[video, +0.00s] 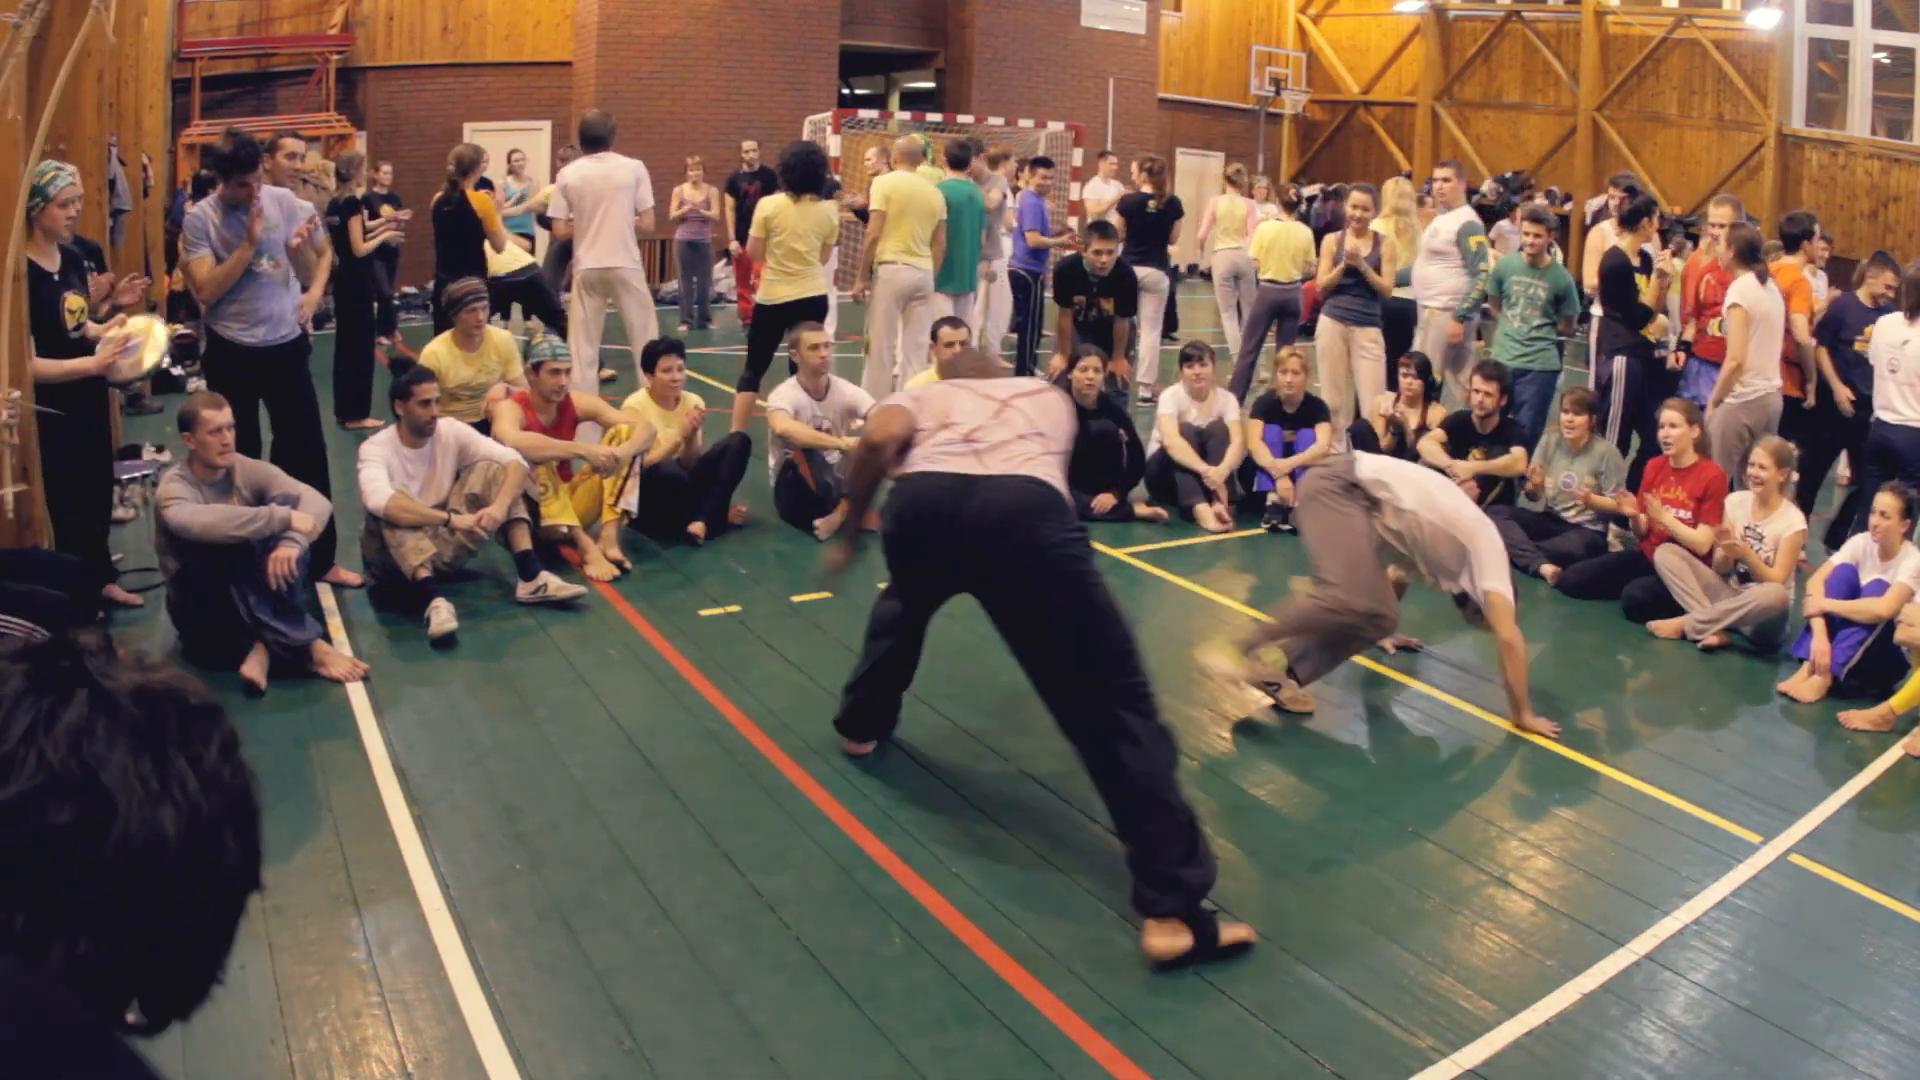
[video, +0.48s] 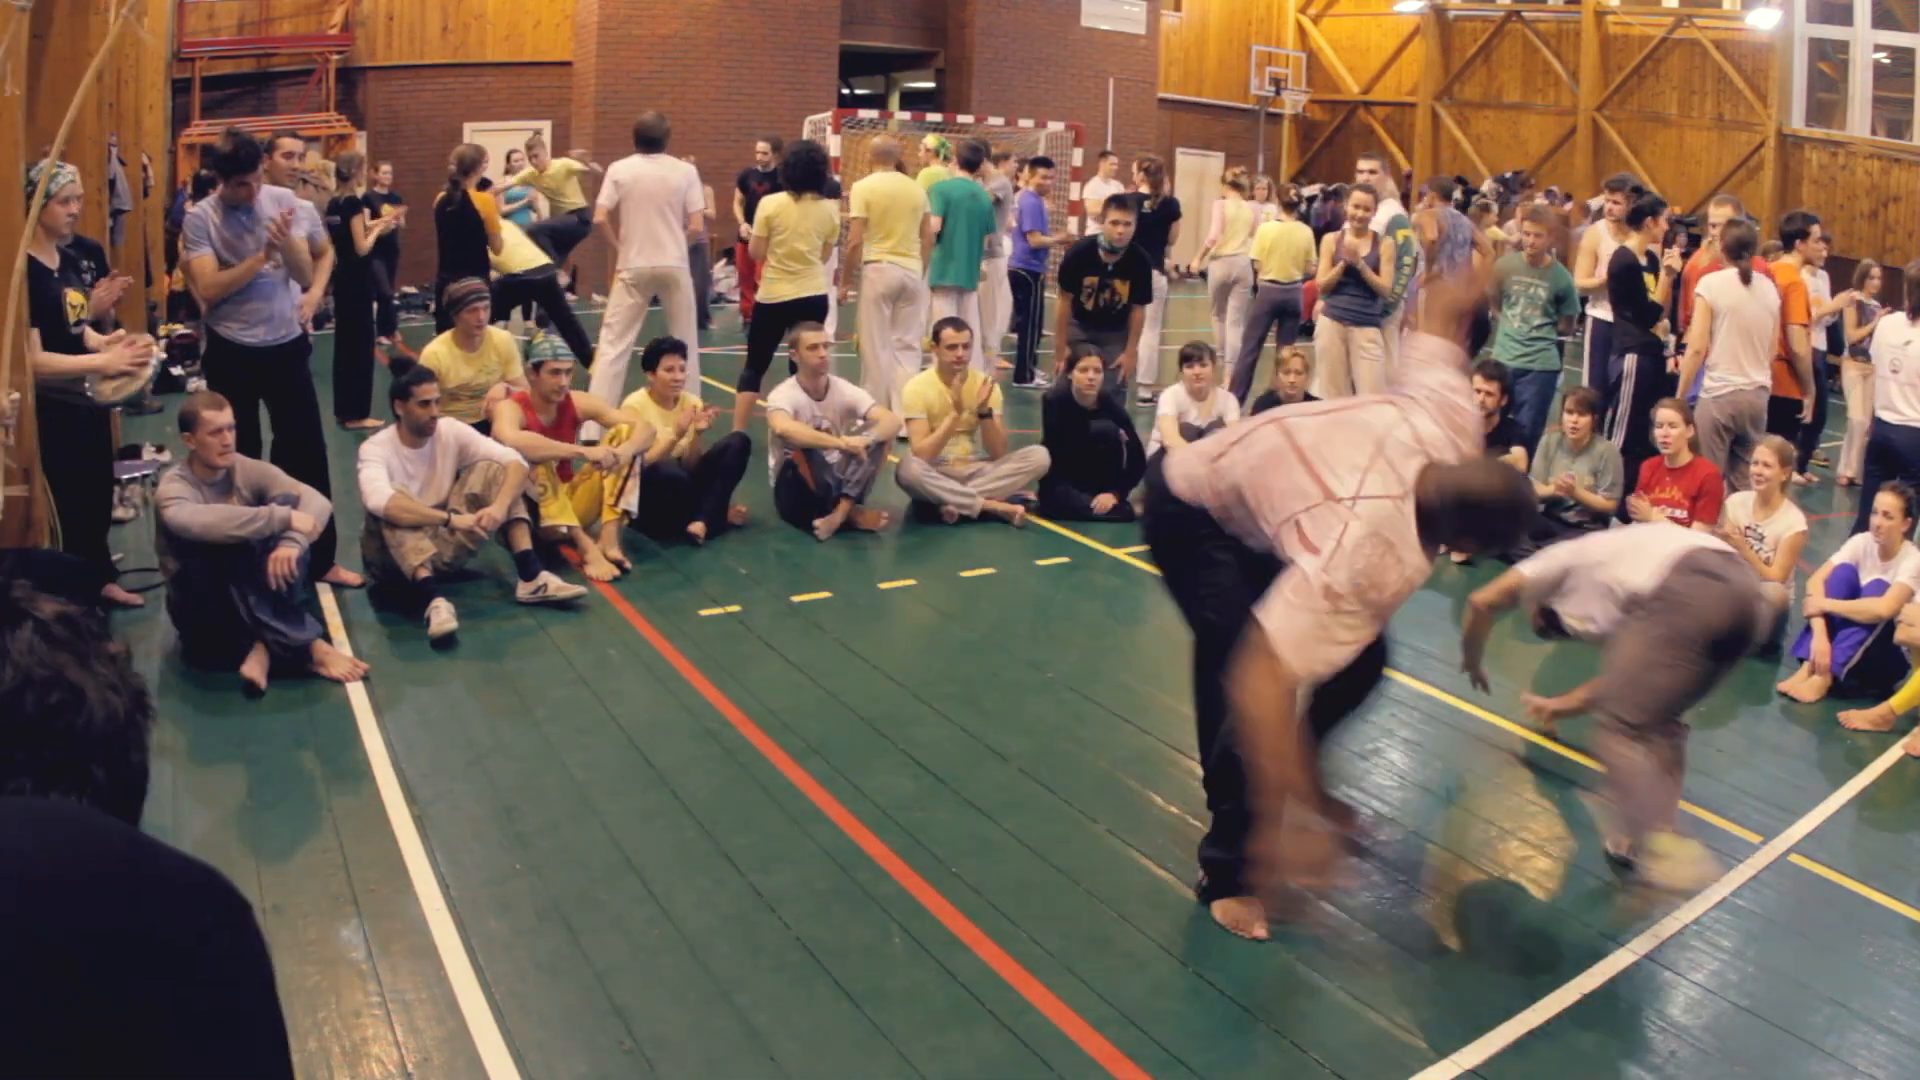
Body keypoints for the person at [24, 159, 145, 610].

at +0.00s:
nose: (75, 212)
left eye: (78, 203)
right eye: (65, 204)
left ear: (79, 206)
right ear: (36, 209)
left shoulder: (71, 259)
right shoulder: (17, 271)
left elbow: (78, 326)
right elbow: (22, 364)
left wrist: (110, 331)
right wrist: (91, 365)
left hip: (89, 391)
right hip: (51, 401)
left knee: (96, 488)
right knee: (67, 494)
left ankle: (102, 577)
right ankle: (76, 586)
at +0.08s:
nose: (73, 210)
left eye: (77, 201)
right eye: (63, 201)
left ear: (79, 204)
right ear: (34, 205)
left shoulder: (71, 258)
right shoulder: (15, 266)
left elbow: (76, 323)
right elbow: (21, 358)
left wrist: (107, 329)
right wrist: (90, 355)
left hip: (87, 389)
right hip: (49, 399)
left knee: (95, 485)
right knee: (65, 490)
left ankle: (101, 577)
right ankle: (73, 587)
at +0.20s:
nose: (73, 206)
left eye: (77, 197)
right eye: (62, 197)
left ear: (81, 201)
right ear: (34, 201)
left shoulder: (77, 254)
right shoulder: (17, 262)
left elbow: (74, 322)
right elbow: (18, 351)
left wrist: (105, 329)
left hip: (87, 384)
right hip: (45, 391)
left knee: (95, 482)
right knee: (61, 486)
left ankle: (101, 576)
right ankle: (69, 583)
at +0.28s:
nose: (73, 206)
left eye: (78, 197)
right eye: (63, 197)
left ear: (82, 201)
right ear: (35, 202)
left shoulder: (72, 257)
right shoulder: (17, 264)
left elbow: (72, 324)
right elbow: (16, 355)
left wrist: (103, 334)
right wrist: (79, 382)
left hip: (84, 388)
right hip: (46, 396)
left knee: (95, 486)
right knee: (64, 490)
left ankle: (101, 576)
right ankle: (71, 585)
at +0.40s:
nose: (76, 209)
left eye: (79, 199)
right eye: (66, 200)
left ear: (81, 202)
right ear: (39, 204)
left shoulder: (71, 262)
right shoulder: (18, 267)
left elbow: (75, 325)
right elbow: (19, 358)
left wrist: (106, 343)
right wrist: (88, 363)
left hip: (85, 389)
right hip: (49, 397)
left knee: (98, 488)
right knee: (68, 491)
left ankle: (101, 577)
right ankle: (76, 584)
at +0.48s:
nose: (75, 210)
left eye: (78, 200)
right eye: (65, 201)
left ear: (81, 203)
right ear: (37, 205)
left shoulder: (70, 260)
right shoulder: (21, 268)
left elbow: (79, 330)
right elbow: (30, 359)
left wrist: (111, 343)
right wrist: (103, 362)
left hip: (88, 391)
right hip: (54, 399)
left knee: (97, 489)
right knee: (74, 493)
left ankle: (102, 576)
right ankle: (84, 582)